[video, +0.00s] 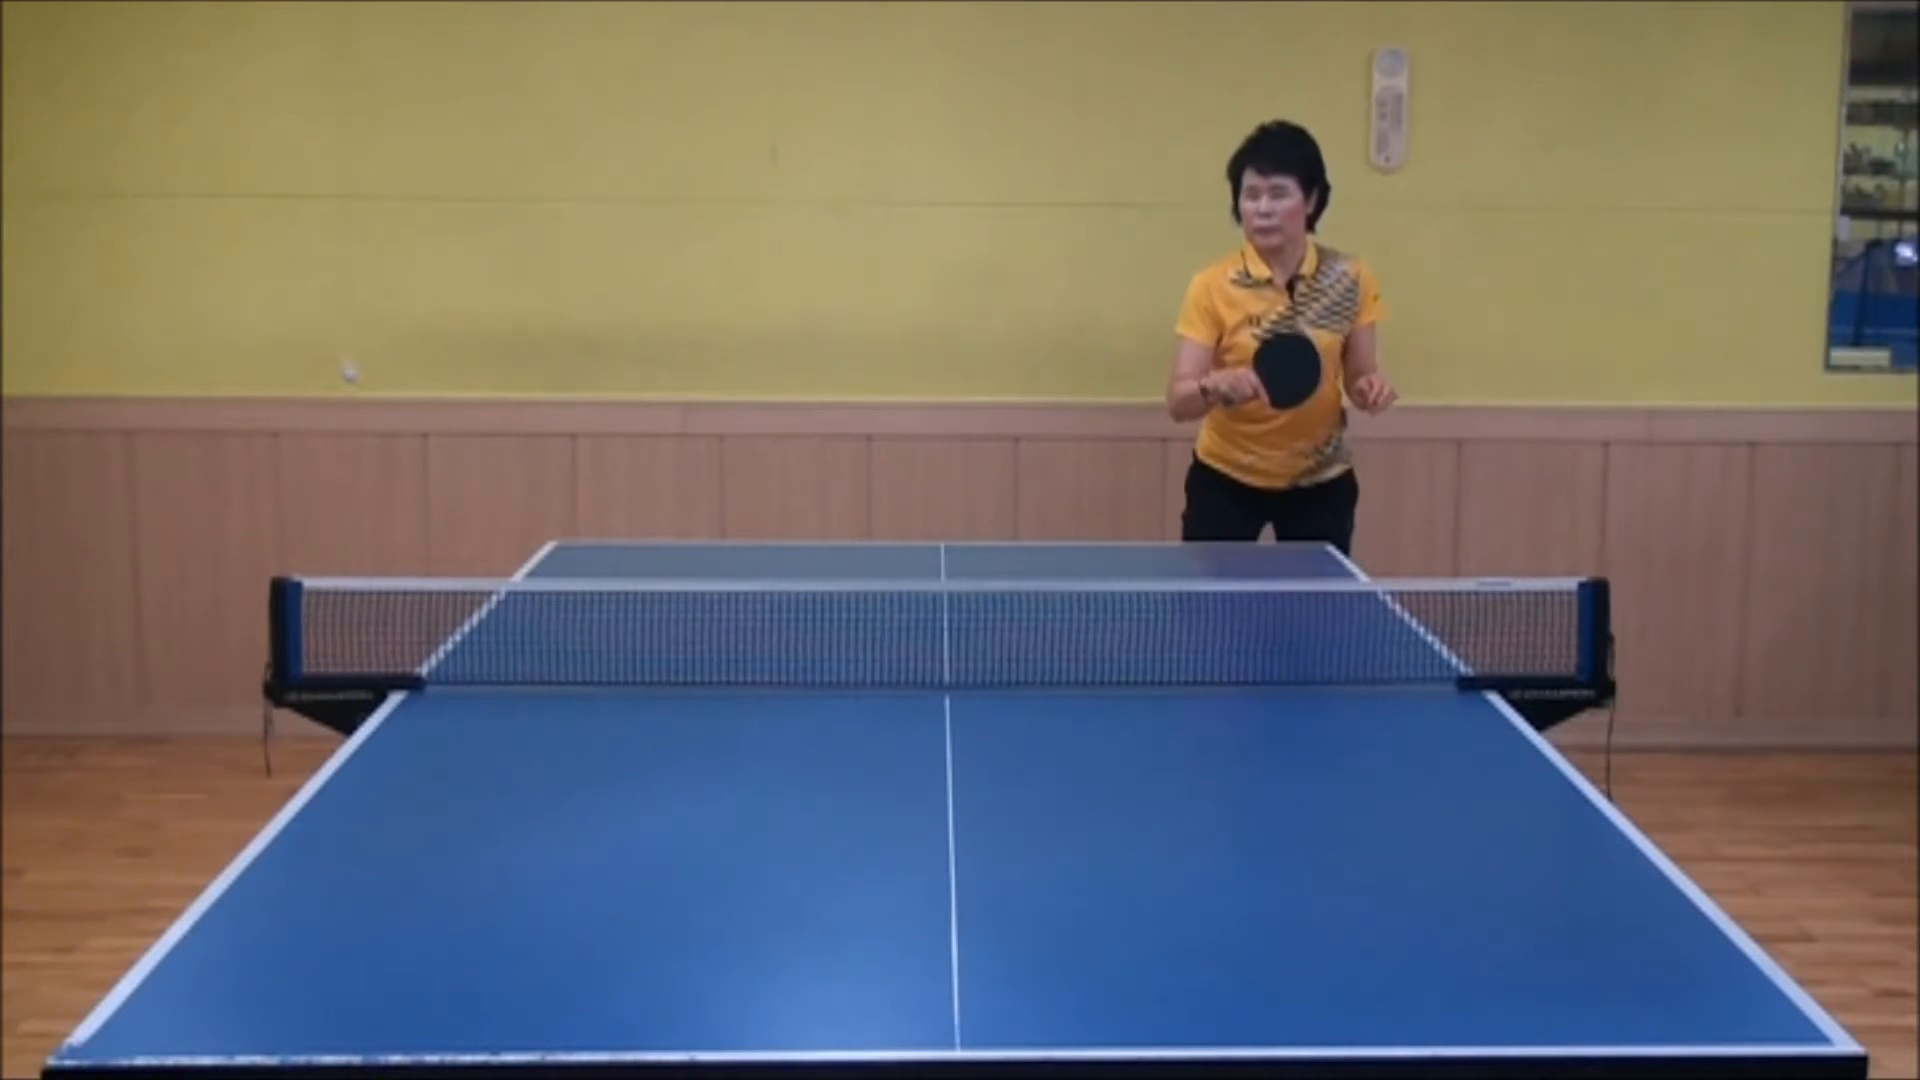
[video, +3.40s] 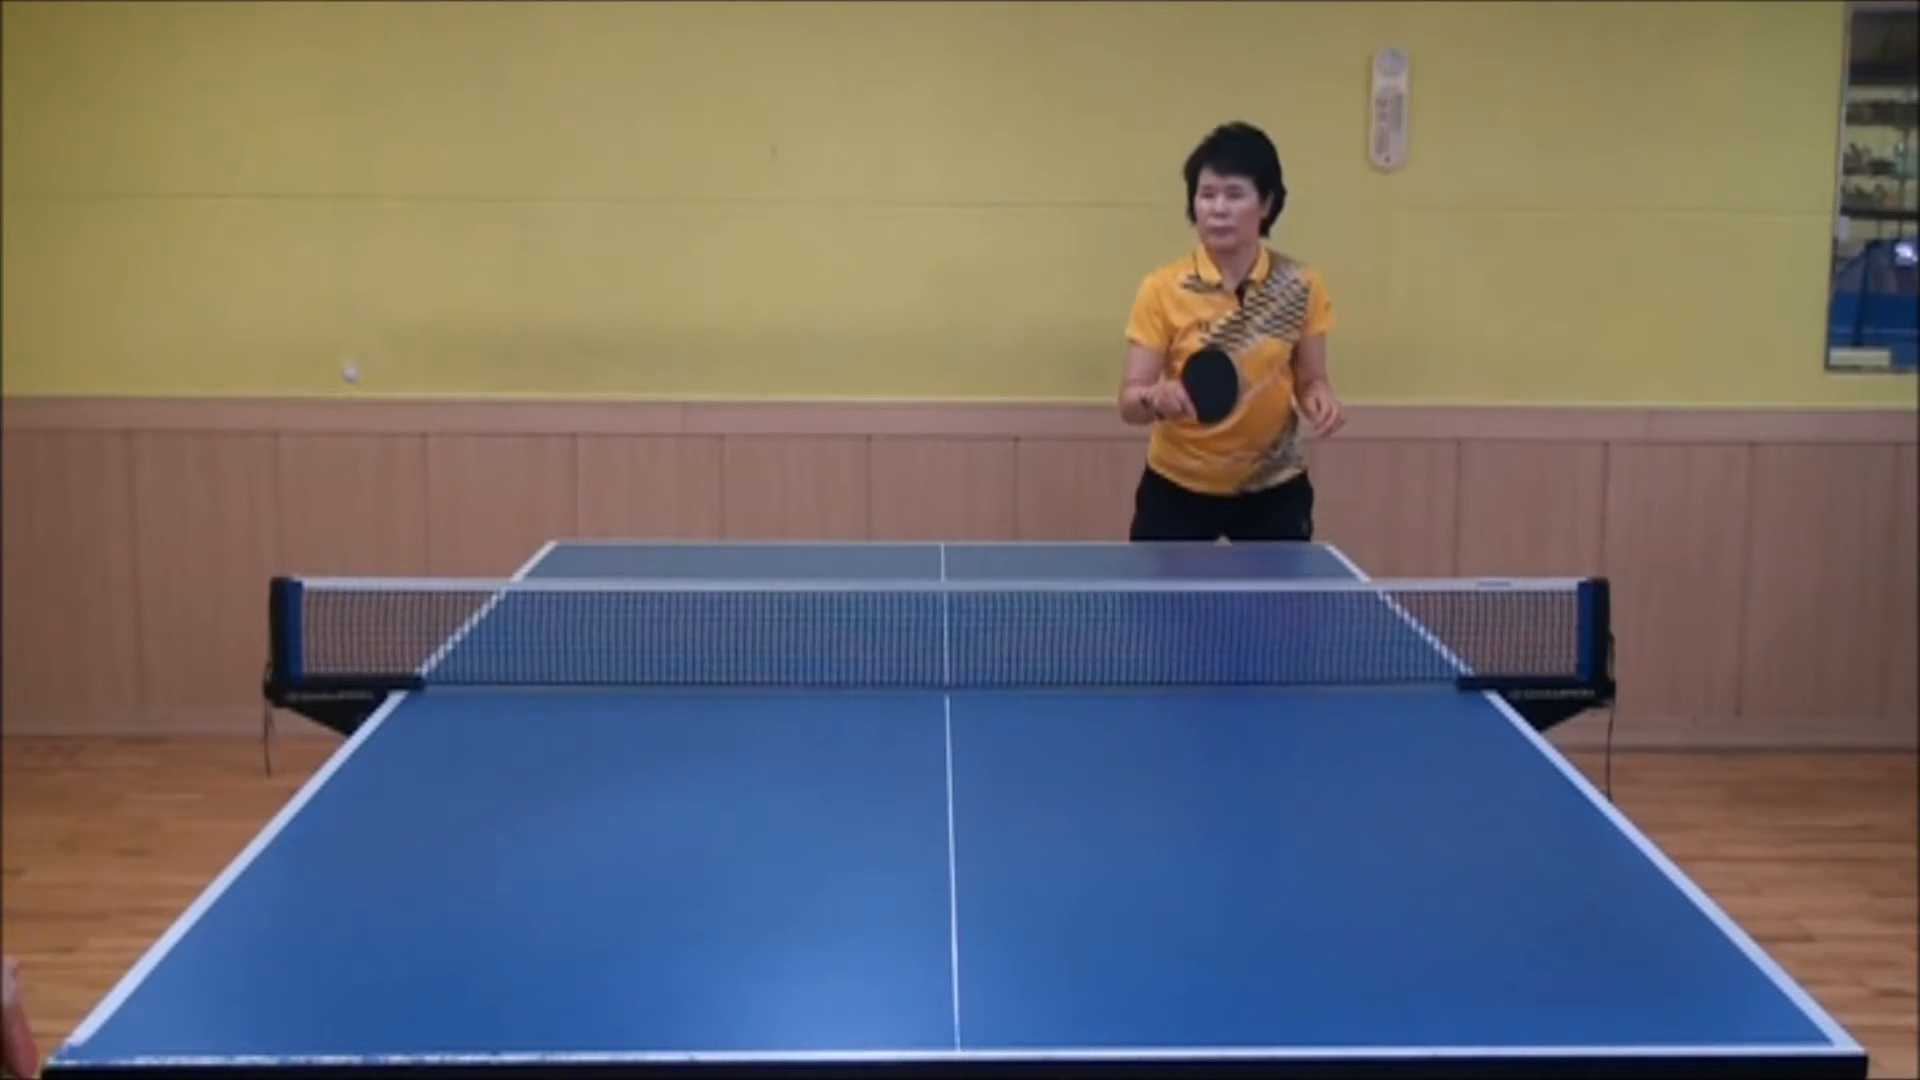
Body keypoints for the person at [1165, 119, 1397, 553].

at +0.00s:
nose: (1263, 208)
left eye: (1279, 194)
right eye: (1251, 194)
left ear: (1312, 201)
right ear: (1236, 204)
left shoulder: (1349, 281)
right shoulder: (1212, 288)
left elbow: (1360, 376)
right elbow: (1179, 403)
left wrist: (1371, 391)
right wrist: (1214, 386)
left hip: (1319, 484)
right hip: (1227, 480)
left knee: (1317, 612)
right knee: (1206, 612)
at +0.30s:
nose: (1202, 210)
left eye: (1218, 197)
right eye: (1191, 196)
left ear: (1249, 206)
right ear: (1175, 204)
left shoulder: (1283, 288)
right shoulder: (1147, 289)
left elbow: (1291, 379)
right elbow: (1114, 402)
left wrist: (1296, 397)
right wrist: (1145, 390)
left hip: (1255, 489)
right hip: (1162, 487)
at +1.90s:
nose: (1236, 219)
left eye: (1251, 204)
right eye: (1223, 205)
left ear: (1280, 208)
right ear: (1207, 212)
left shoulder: (1318, 290)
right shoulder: (1181, 295)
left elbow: (1331, 402)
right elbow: (1142, 401)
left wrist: (1323, 383)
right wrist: (1174, 408)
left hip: (1293, 496)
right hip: (1199, 495)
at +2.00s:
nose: (1267, 236)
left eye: (1282, 220)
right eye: (1253, 222)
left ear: (1309, 220)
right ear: (1236, 227)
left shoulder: (1346, 299)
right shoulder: (1212, 306)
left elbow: (1354, 415)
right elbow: (1168, 414)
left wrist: (1354, 394)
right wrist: (1214, 423)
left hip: (1318, 506)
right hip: (1225, 506)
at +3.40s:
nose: (1219, 208)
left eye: (1235, 194)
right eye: (1208, 194)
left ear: (1267, 205)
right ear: (1192, 203)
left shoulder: (1300, 289)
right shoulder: (1162, 291)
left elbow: (1312, 379)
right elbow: (1130, 404)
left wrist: (1321, 401)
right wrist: (1154, 397)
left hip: (1272, 495)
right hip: (1178, 492)